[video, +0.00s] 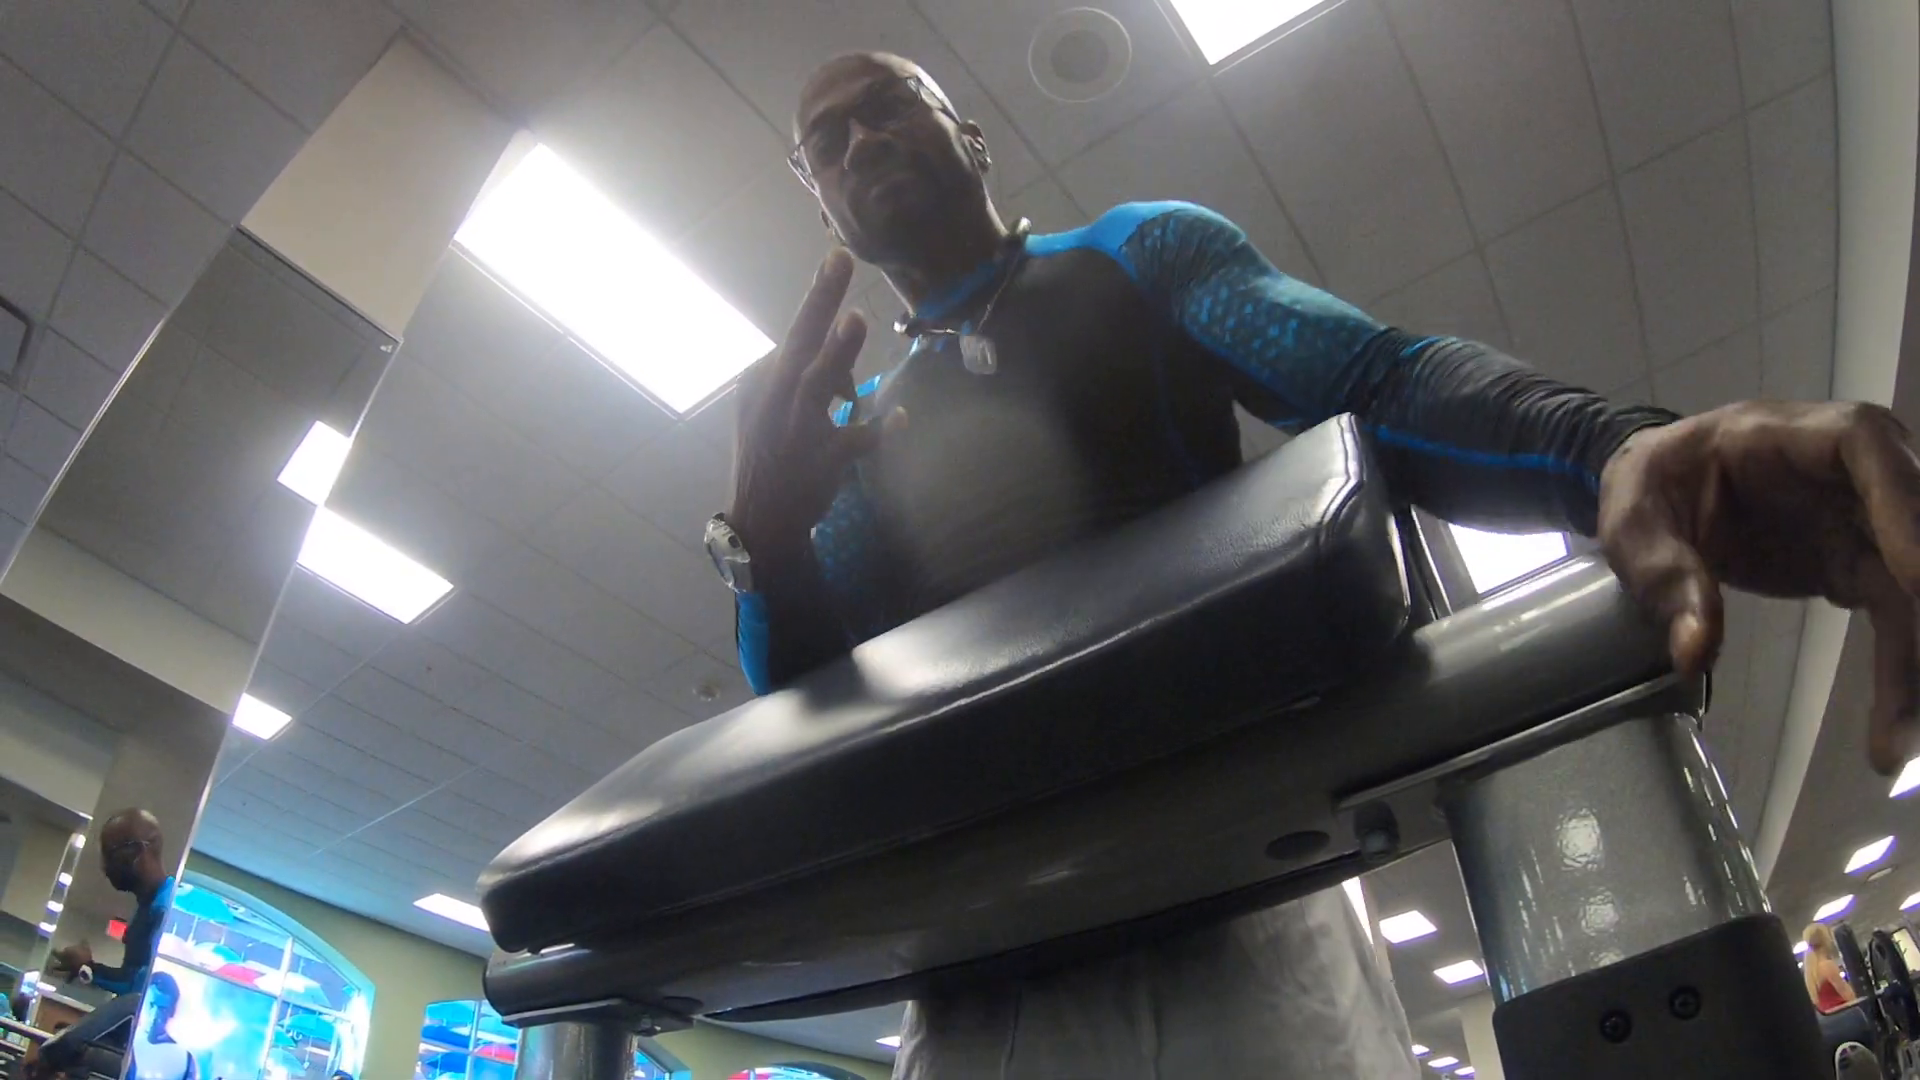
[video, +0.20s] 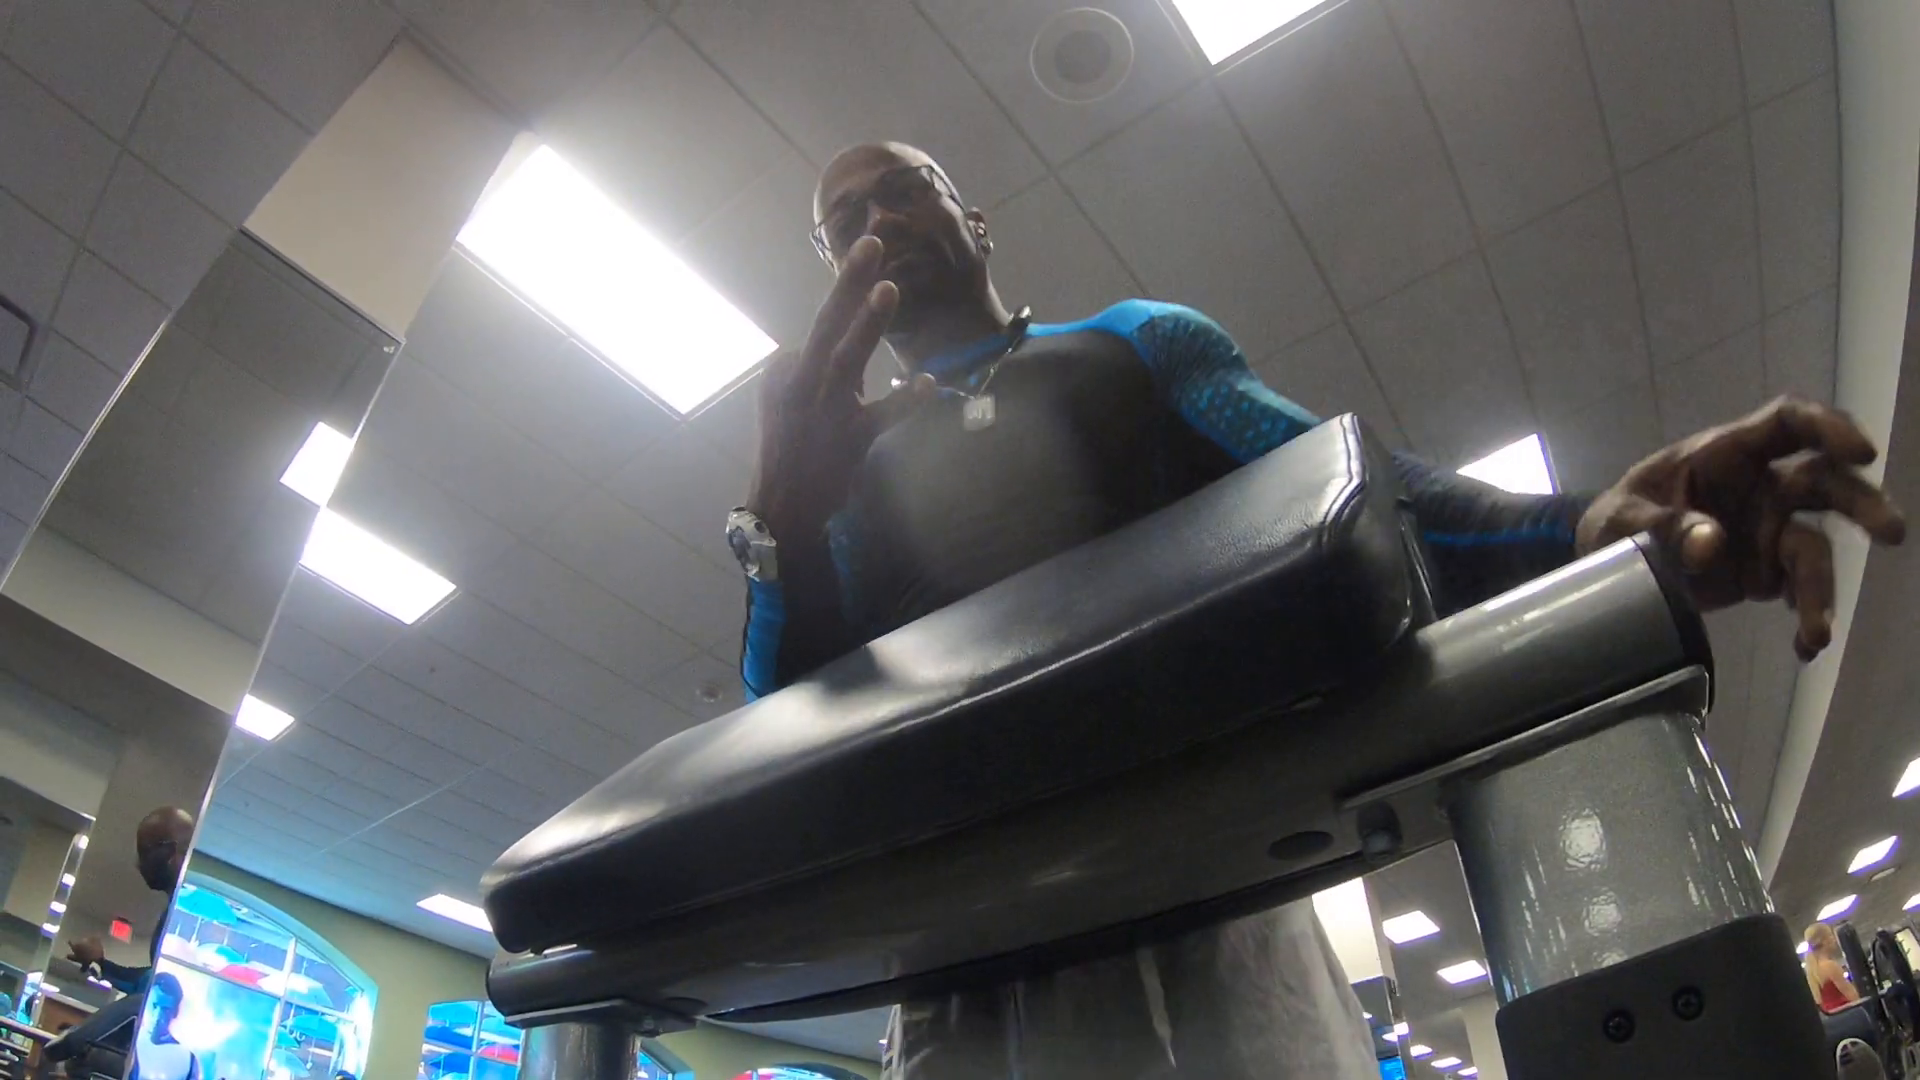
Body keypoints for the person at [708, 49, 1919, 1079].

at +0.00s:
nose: (860, 150)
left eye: (883, 115)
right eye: (827, 149)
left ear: (969, 139)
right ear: (825, 223)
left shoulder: (1135, 256)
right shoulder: (841, 439)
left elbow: (1374, 378)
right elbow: (811, 745)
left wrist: (1611, 457)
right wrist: (762, 538)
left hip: (1244, 837)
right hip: (993, 901)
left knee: (1340, 1067)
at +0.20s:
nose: (885, 224)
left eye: (903, 196)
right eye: (851, 223)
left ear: (978, 229)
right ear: (835, 286)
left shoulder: (1139, 349)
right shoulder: (830, 477)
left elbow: (1353, 512)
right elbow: (792, 762)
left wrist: (1589, 522)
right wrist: (788, 512)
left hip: (1235, 865)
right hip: (977, 921)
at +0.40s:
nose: (880, 285)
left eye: (901, 263)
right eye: (848, 284)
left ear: (952, 293)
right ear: (829, 350)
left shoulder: (1118, 440)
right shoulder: (837, 528)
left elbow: (1244, 642)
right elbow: (771, 744)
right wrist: (810, 532)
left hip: (1182, 912)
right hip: (958, 965)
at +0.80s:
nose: (1037, 351)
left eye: (1033, 338)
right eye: (1000, 330)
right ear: (909, 372)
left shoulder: (1090, 522)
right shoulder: (846, 521)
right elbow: (761, 693)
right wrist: (929, 567)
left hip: (1166, 936)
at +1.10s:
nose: (1137, 454)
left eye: (1131, 434)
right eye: (1118, 424)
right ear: (1049, 415)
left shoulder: (1146, 564)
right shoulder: (930, 543)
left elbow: (1176, 834)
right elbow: (836, 705)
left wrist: (1259, 1034)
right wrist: (977, 583)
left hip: (1196, 980)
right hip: (1048, 990)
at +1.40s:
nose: (1179, 475)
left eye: (1178, 467)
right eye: (1140, 461)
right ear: (1074, 505)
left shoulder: (1228, 587)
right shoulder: (1059, 598)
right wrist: (1010, 597)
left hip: (1237, 999)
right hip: (1104, 1004)